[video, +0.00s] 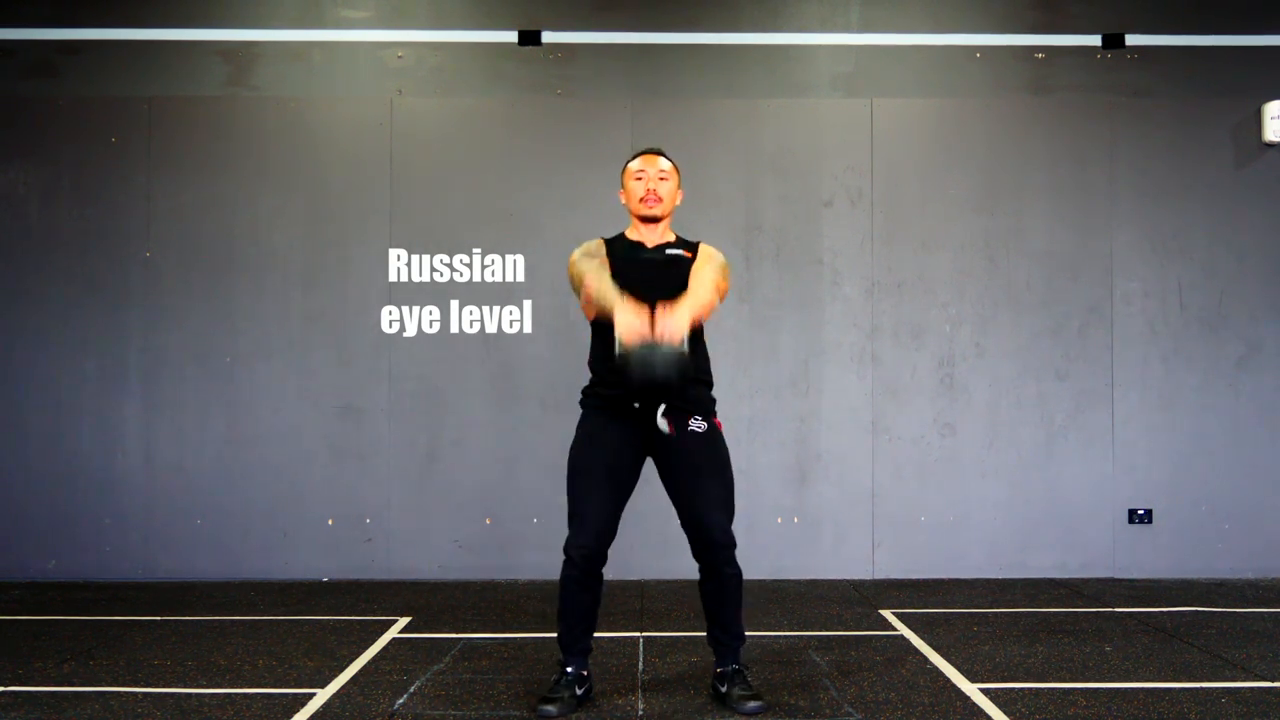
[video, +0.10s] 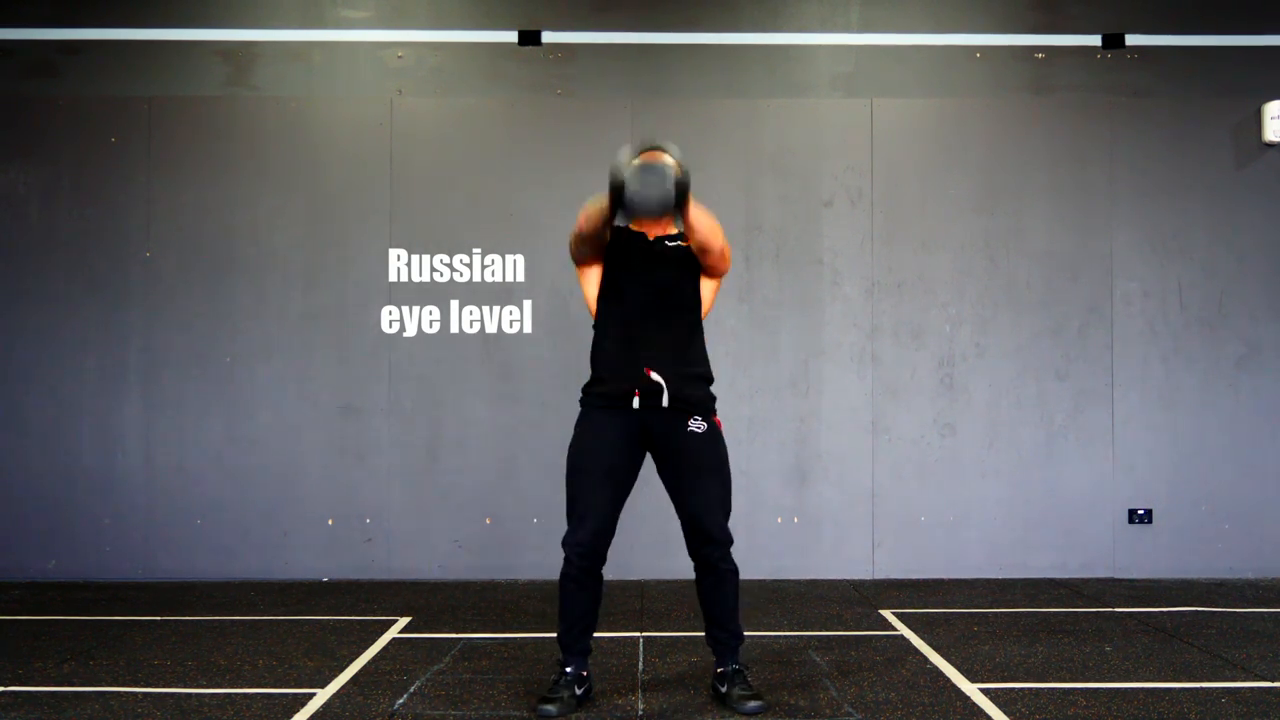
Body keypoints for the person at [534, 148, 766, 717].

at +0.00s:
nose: (651, 183)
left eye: (662, 176)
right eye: (639, 175)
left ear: (679, 194)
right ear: (622, 194)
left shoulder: (705, 257)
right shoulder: (593, 254)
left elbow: (705, 292)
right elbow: (597, 290)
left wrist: (679, 314)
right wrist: (624, 311)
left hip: (687, 417)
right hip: (611, 417)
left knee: (716, 544)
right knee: (584, 546)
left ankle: (730, 671)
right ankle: (573, 673)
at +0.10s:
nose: (653, 181)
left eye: (664, 172)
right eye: (644, 171)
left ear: (679, 190)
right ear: (627, 187)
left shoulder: (703, 255)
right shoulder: (597, 249)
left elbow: (715, 246)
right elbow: (585, 232)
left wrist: (681, 198)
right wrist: (613, 199)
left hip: (686, 415)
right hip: (610, 412)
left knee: (712, 542)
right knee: (583, 545)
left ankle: (729, 670)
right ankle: (573, 672)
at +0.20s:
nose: (657, 166)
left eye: (668, 158)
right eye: (644, 158)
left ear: (683, 175)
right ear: (627, 175)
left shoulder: (705, 242)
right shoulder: (600, 234)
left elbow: (714, 189)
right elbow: (584, 175)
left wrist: (679, 116)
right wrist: (617, 116)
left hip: (686, 414)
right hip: (609, 413)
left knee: (709, 545)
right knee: (586, 543)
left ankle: (729, 672)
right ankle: (573, 674)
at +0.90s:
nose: (651, 171)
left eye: (663, 161)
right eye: (640, 161)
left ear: (679, 171)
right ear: (622, 171)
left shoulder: (701, 240)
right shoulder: (596, 236)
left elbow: (719, 208)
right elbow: (575, 200)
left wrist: (681, 143)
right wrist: (616, 146)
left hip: (687, 414)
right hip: (611, 412)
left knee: (712, 545)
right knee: (585, 543)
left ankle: (729, 670)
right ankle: (572, 673)